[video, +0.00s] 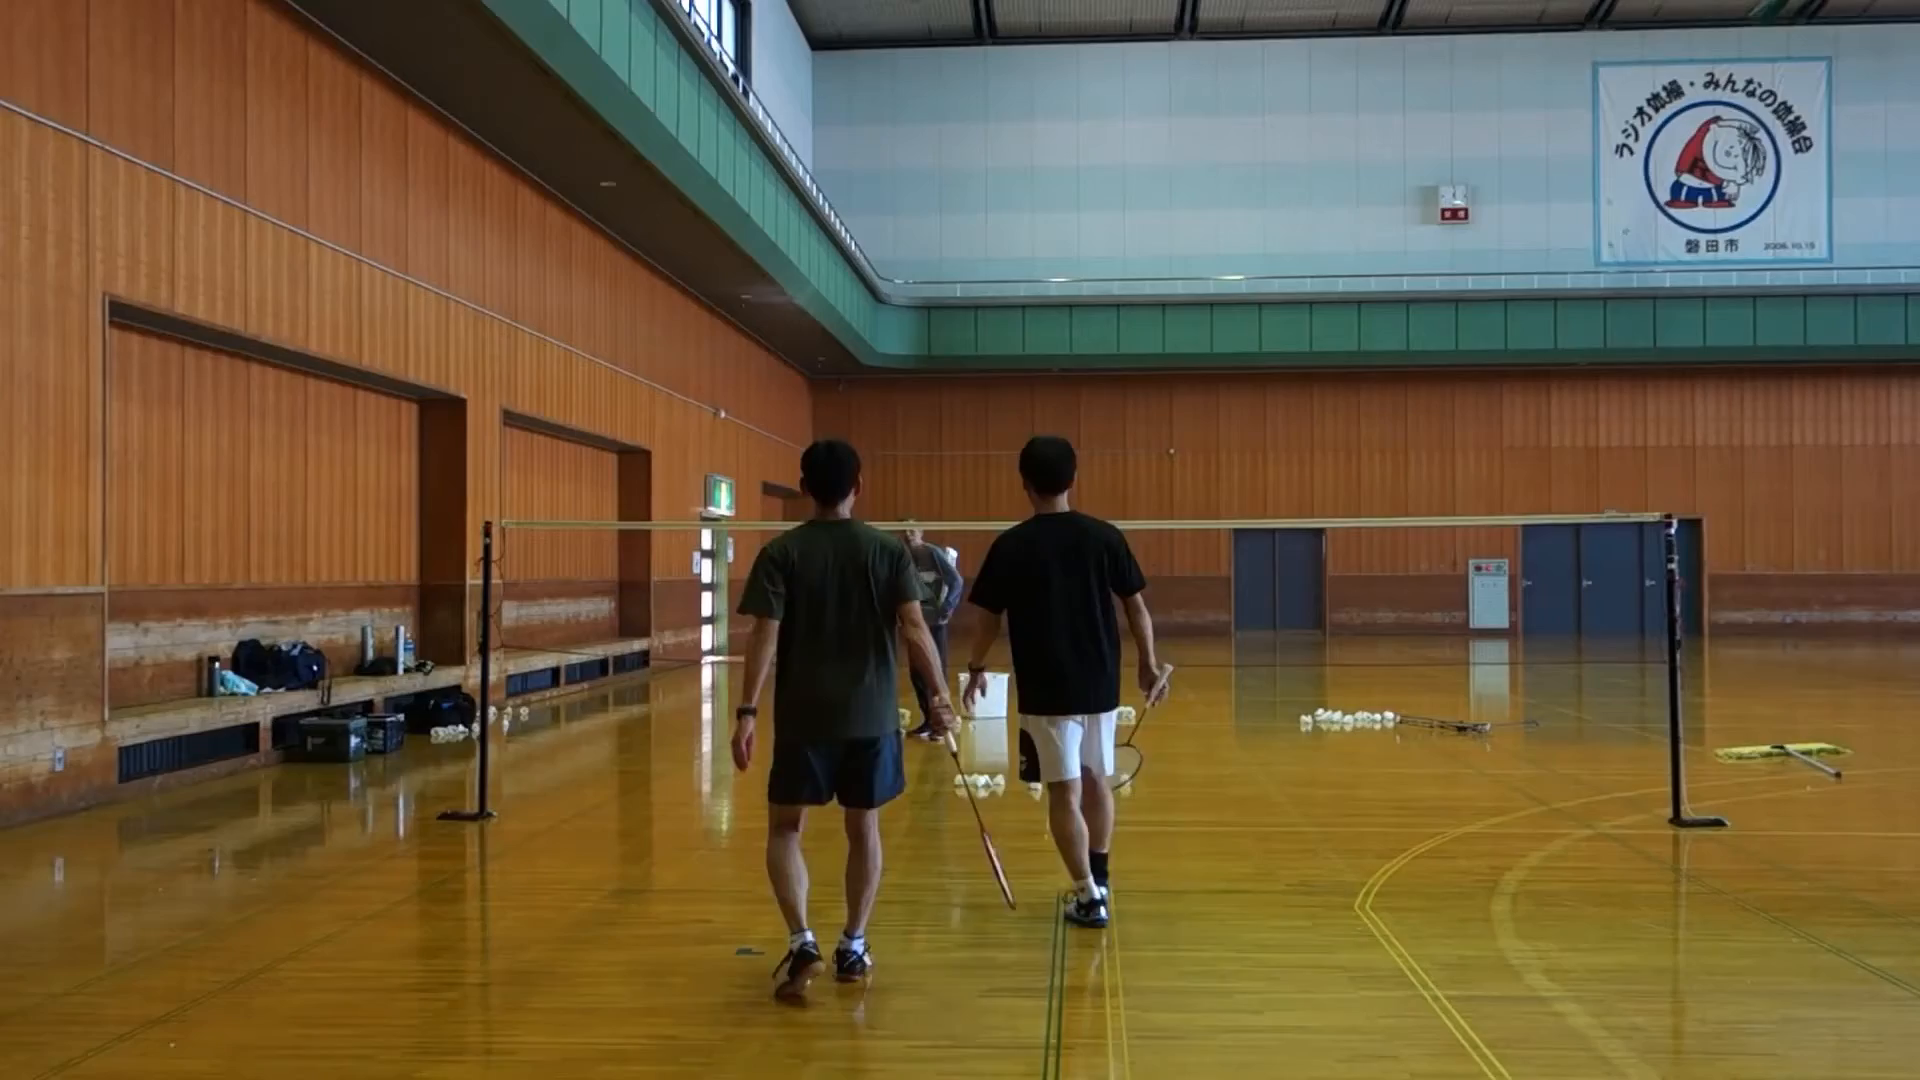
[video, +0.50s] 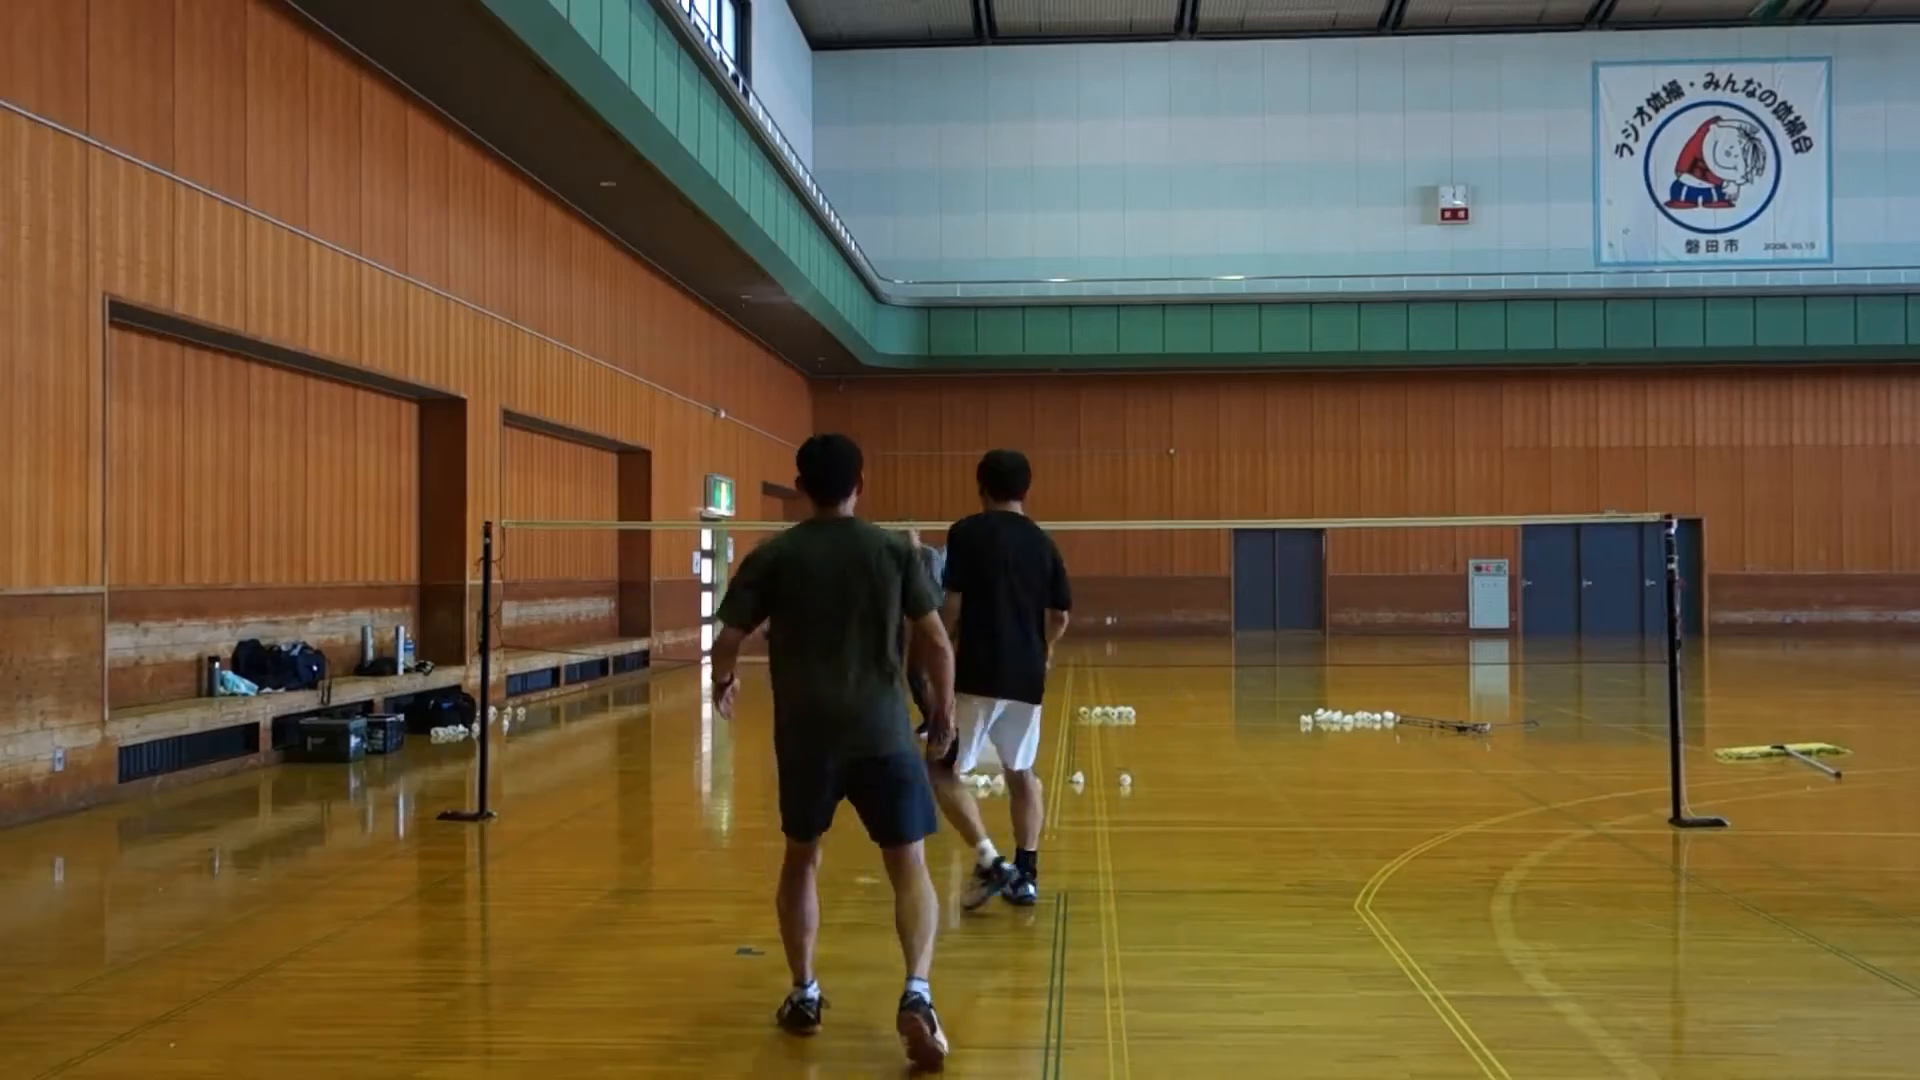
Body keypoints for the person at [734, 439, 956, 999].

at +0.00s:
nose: (861, 490)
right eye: (861, 482)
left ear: (805, 488)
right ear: (857, 487)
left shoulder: (782, 552)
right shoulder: (887, 550)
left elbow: (764, 640)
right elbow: (915, 629)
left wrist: (746, 711)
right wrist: (937, 696)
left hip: (803, 719)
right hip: (871, 719)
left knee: (785, 828)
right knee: (863, 825)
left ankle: (802, 936)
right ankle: (855, 943)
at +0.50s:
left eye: (805, 482)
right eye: (856, 482)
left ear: (800, 487)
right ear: (859, 487)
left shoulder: (774, 554)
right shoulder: (895, 550)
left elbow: (727, 641)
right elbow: (935, 639)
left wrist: (723, 677)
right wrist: (944, 712)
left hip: (805, 740)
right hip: (882, 735)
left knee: (801, 858)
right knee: (910, 867)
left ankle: (804, 992)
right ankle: (917, 990)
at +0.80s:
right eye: (875, 466)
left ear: (809, 470)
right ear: (872, 469)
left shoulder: (780, 537)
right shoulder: (911, 534)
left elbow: (748, 621)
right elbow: (953, 633)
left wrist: (769, 676)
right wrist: (965, 708)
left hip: (805, 718)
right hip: (886, 720)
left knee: (784, 858)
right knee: (917, 869)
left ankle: (763, 1010)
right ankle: (933, 1027)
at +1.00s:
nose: (875, 514)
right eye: (876, 506)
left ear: (814, 515)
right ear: (876, 513)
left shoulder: (780, 588)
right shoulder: (909, 585)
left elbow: (733, 684)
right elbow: (931, 684)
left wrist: (737, 752)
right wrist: (962, 776)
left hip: (786, 776)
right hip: (873, 779)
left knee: (731, 911)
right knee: (955, 906)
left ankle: (683, 1055)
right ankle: (979, 1045)